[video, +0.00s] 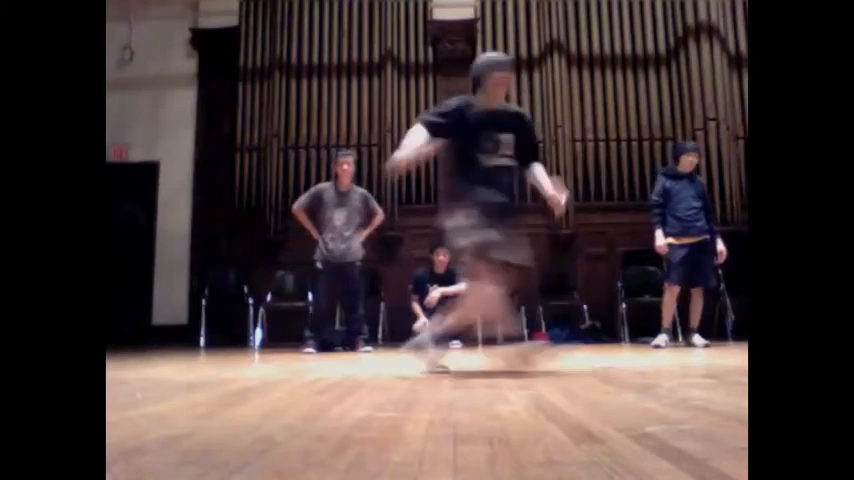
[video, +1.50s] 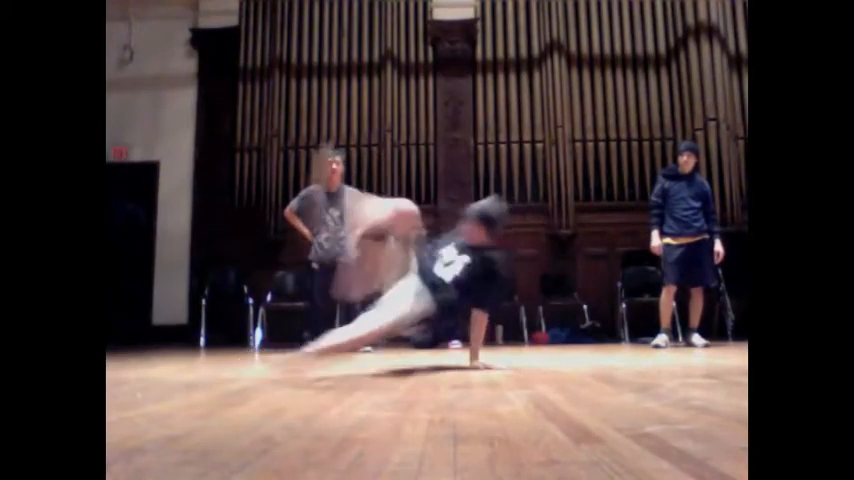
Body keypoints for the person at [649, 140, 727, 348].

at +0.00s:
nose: (693, 162)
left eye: (695, 158)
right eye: (689, 157)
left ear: (697, 161)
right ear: (679, 158)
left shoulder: (698, 183)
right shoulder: (665, 180)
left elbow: (709, 214)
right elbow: (656, 208)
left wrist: (717, 239)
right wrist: (659, 234)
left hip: (701, 240)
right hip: (676, 241)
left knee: (697, 288)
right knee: (672, 287)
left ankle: (693, 332)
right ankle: (665, 332)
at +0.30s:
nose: (691, 161)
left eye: (694, 157)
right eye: (687, 157)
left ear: (698, 160)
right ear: (679, 159)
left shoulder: (701, 184)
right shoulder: (666, 180)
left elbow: (710, 216)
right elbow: (657, 208)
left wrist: (717, 240)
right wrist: (658, 234)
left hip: (701, 240)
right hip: (676, 241)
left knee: (697, 288)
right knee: (672, 287)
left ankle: (693, 332)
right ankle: (664, 332)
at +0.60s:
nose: (688, 160)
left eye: (692, 156)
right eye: (684, 155)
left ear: (697, 159)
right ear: (678, 158)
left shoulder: (702, 184)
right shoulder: (665, 180)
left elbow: (710, 215)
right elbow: (656, 208)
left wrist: (717, 239)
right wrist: (656, 234)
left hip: (700, 240)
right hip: (674, 240)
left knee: (697, 288)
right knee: (671, 287)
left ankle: (693, 332)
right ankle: (664, 332)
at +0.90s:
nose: (686, 160)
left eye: (690, 156)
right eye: (683, 155)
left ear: (696, 159)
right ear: (677, 158)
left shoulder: (702, 184)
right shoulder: (665, 181)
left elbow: (711, 215)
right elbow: (656, 208)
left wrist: (716, 239)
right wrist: (655, 234)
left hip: (699, 240)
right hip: (673, 240)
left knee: (697, 288)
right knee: (670, 287)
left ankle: (693, 332)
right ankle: (664, 332)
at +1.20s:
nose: (685, 160)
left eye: (690, 156)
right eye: (682, 155)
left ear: (696, 159)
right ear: (677, 158)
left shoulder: (701, 183)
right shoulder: (665, 181)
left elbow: (711, 214)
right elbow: (656, 208)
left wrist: (716, 239)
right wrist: (655, 234)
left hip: (699, 240)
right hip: (673, 241)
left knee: (697, 288)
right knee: (669, 287)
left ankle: (693, 332)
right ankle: (664, 332)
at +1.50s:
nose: (686, 160)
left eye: (690, 156)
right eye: (683, 156)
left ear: (696, 160)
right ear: (677, 158)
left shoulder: (701, 184)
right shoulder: (665, 181)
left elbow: (711, 215)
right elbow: (656, 208)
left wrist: (716, 239)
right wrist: (655, 234)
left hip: (699, 240)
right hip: (673, 241)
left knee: (697, 288)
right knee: (669, 287)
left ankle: (693, 332)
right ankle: (664, 332)